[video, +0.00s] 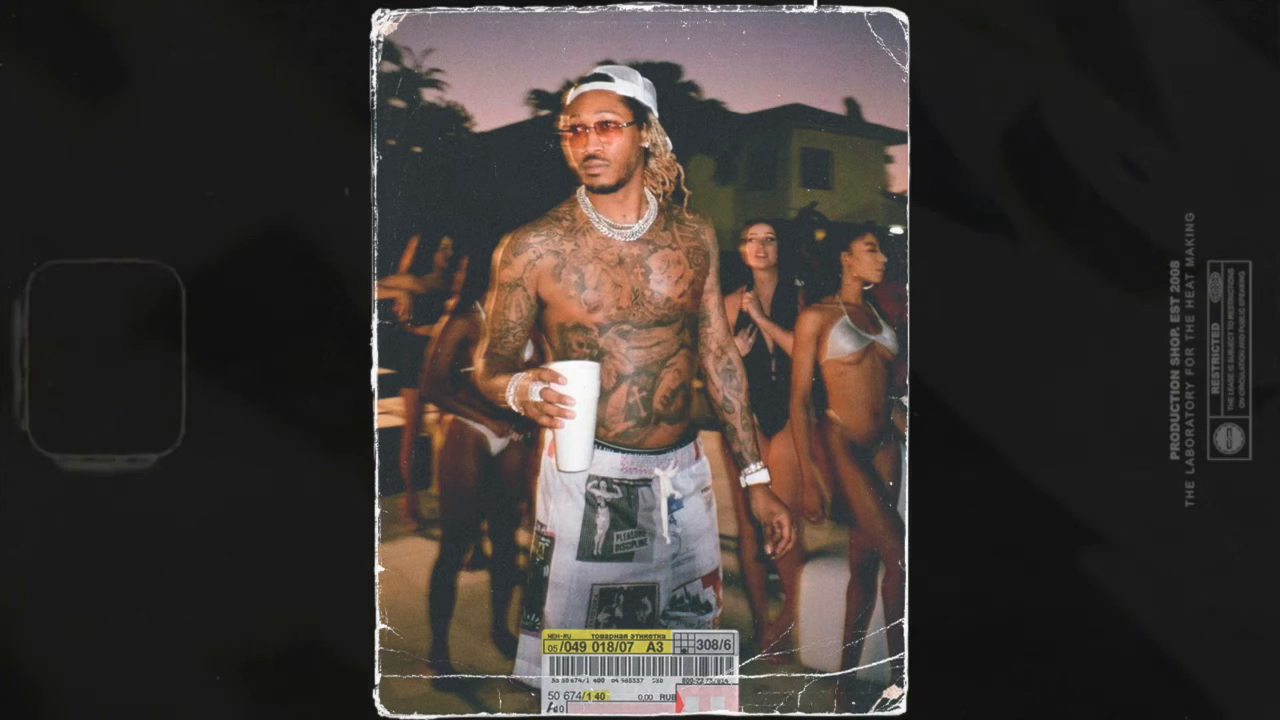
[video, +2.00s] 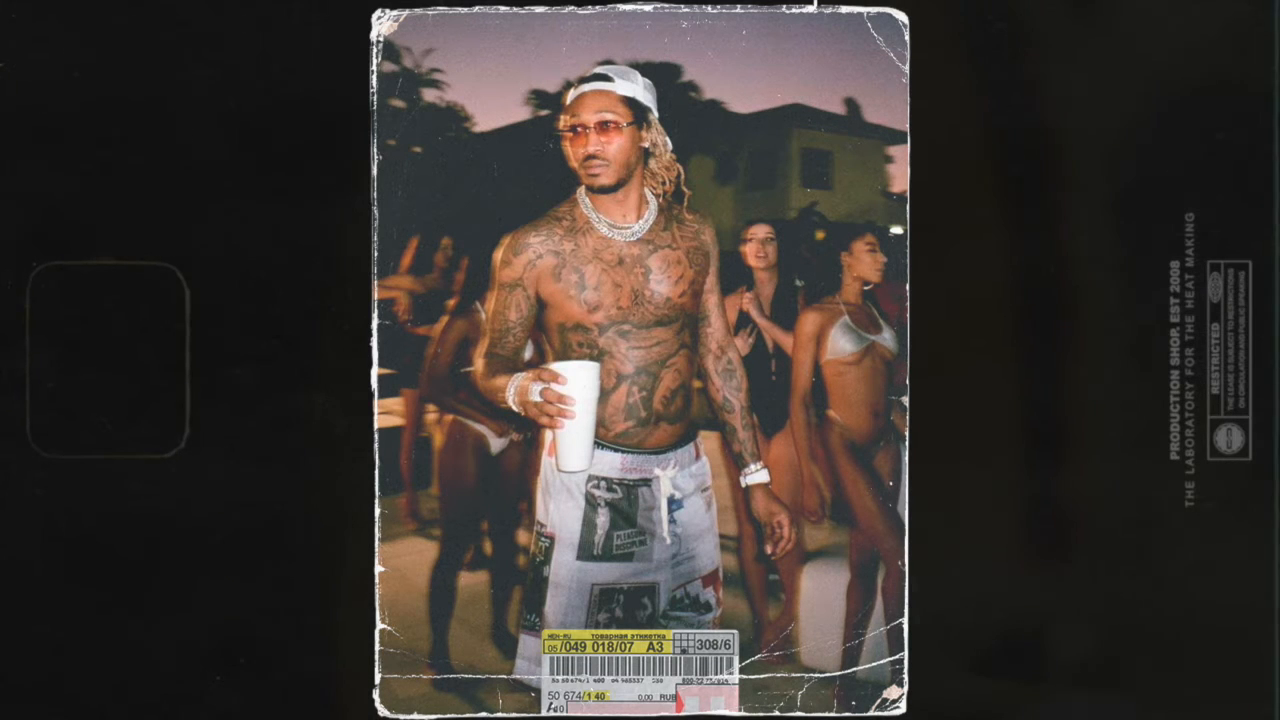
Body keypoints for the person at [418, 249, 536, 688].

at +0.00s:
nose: (515, 286)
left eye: (522, 279)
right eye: (509, 276)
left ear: (531, 288)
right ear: (494, 276)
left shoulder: (531, 330)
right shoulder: (465, 322)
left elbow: (543, 384)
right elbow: (434, 387)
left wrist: (529, 420)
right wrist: (489, 421)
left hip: (515, 445)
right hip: (465, 440)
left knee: (506, 541)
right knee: (455, 545)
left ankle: (501, 629)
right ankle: (439, 651)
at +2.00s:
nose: (513, 293)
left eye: (521, 286)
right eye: (508, 283)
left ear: (530, 293)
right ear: (493, 283)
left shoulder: (531, 335)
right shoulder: (465, 324)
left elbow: (543, 387)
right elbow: (435, 387)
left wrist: (529, 421)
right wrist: (490, 422)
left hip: (514, 446)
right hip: (465, 442)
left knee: (505, 540)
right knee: (456, 544)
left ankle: (501, 628)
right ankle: (439, 651)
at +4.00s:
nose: (513, 292)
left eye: (520, 285)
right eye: (507, 282)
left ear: (529, 291)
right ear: (493, 282)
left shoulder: (529, 331)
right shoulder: (464, 323)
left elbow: (542, 383)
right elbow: (435, 387)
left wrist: (529, 419)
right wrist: (493, 422)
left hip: (513, 445)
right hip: (465, 442)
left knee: (505, 541)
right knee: (455, 544)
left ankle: (501, 628)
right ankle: (439, 652)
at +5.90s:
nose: (514, 288)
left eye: (521, 281)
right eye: (508, 278)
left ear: (531, 289)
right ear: (494, 278)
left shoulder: (530, 331)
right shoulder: (465, 323)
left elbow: (543, 384)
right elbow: (435, 387)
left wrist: (530, 419)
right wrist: (489, 421)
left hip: (514, 445)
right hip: (465, 441)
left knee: (506, 541)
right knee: (456, 544)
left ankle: (501, 628)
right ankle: (439, 649)